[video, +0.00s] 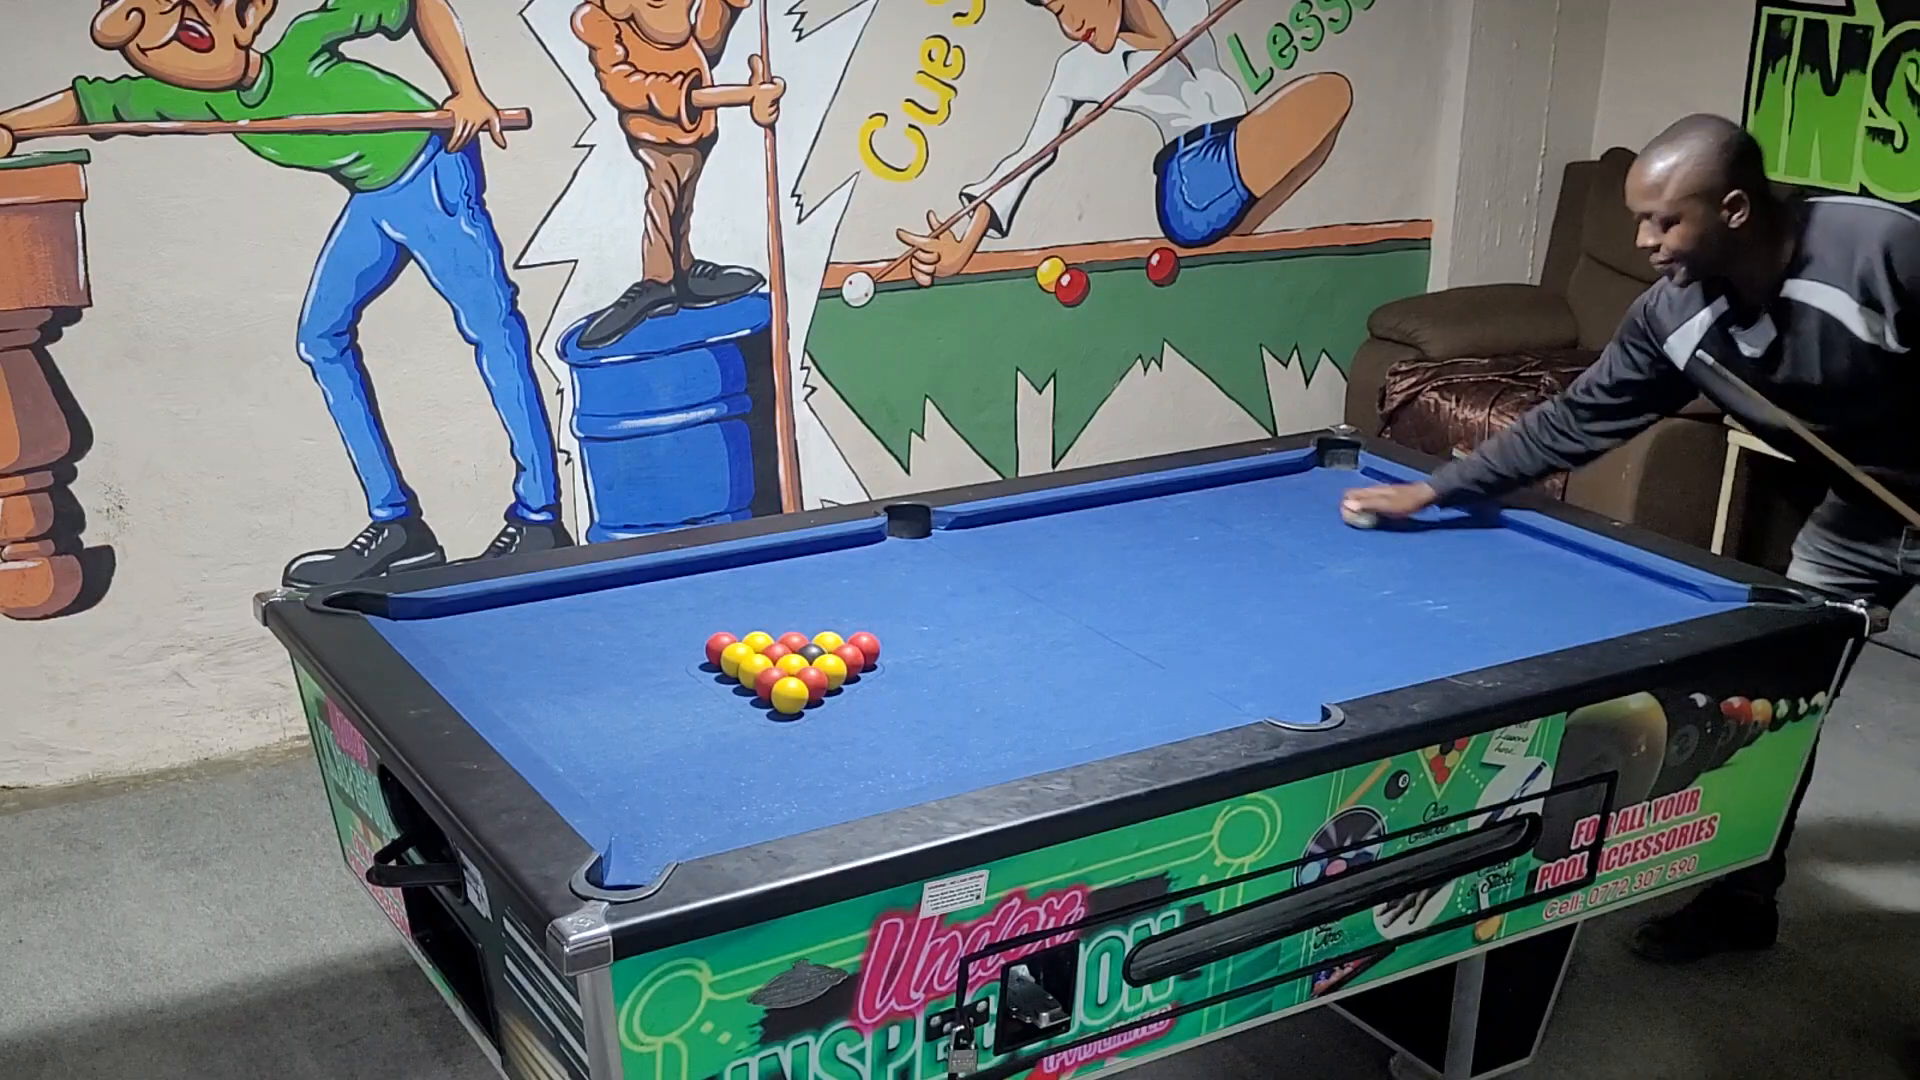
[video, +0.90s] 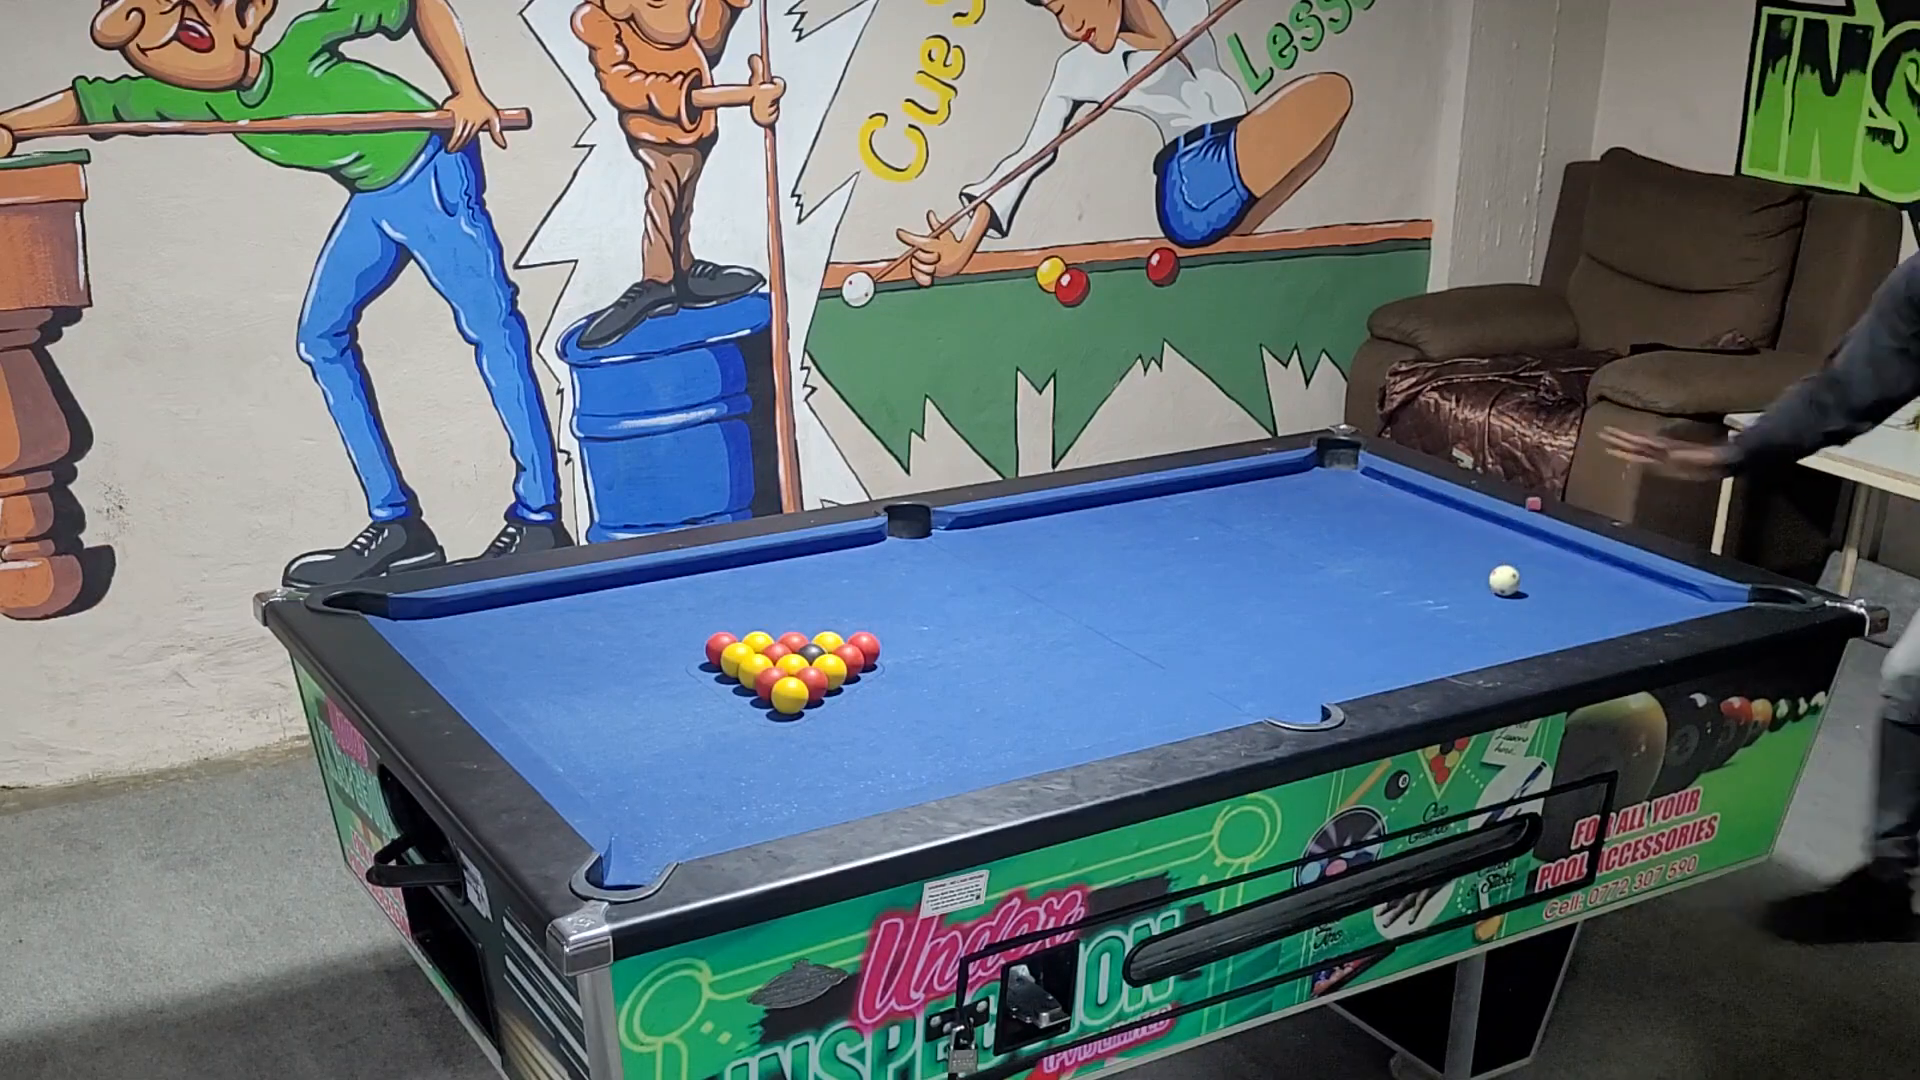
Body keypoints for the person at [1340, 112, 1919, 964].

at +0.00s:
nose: (1650, 244)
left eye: (1666, 222)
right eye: (1642, 225)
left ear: (1737, 208)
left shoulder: (1885, 250)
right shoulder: (1671, 316)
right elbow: (1570, 421)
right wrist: (1428, 489)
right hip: (1864, 501)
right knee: (1773, 690)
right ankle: (1741, 891)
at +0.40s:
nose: (1690, 213)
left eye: (1712, 190)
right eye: (1681, 193)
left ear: (1782, 179)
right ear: (1678, 192)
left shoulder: (1903, 229)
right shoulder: (1702, 298)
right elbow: (1644, 423)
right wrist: (1539, 508)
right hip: (1854, 491)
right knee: (1769, 677)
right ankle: (1741, 887)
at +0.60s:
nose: (1791, 194)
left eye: (1816, 174)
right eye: (1785, 174)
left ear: (1888, 171)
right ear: (1781, 174)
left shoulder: (1919, 260)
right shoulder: (1794, 287)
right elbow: (1729, 415)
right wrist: (1612, 493)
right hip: (1908, 489)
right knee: (1819, 679)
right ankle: (1744, 889)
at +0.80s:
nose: (1903, 195)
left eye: (1915, 176)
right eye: (1900, 176)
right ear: (1894, 187)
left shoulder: (1893, 296)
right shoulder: (1889, 299)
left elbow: (1767, 413)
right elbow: (1767, 414)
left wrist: (1618, 486)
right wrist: (1619, 486)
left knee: (1887, 693)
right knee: (1886, 691)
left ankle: (1791, 879)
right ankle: (1789, 879)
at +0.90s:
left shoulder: (1914, 287)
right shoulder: (1913, 286)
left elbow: (1854, 382)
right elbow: (1853, 382)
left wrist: (1735, 451)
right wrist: (1737, 449)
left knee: (1905, 680)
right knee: (1905, 677)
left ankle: (1892, 878)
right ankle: (1891, 876)